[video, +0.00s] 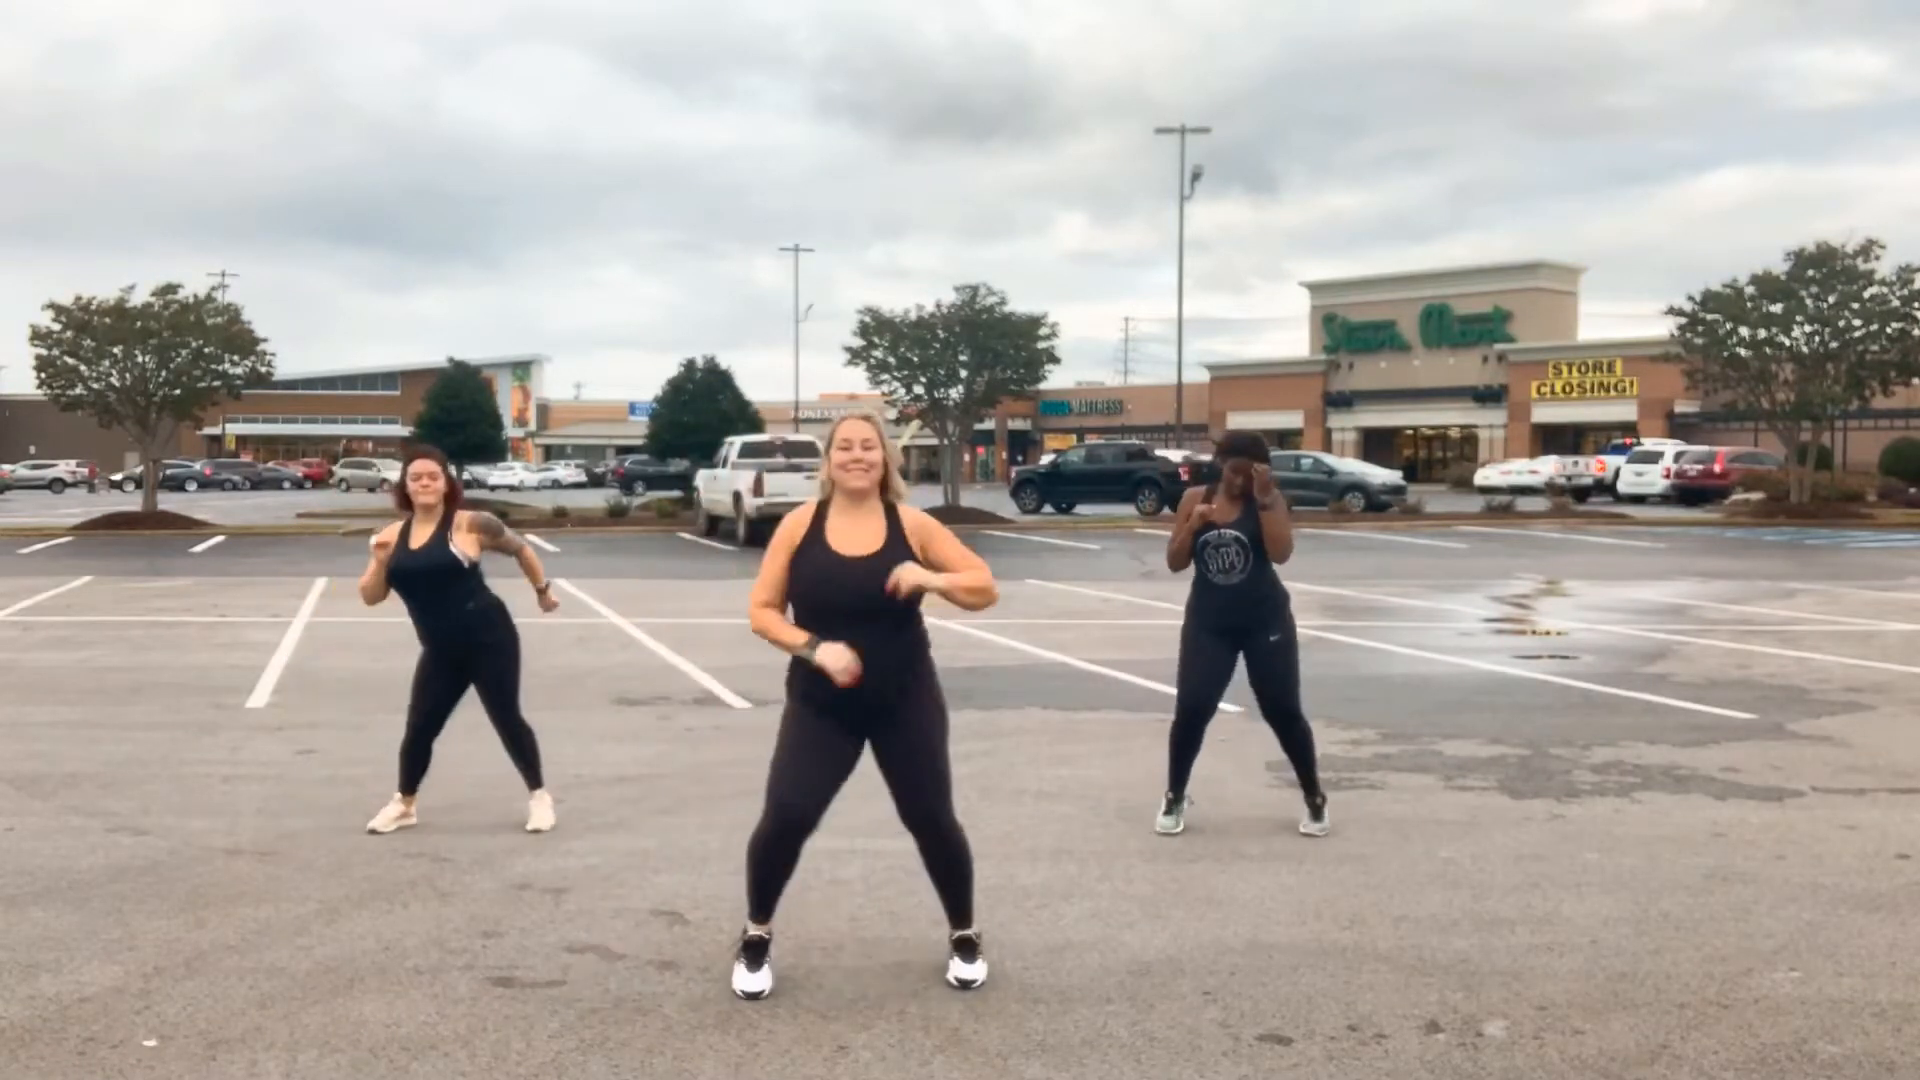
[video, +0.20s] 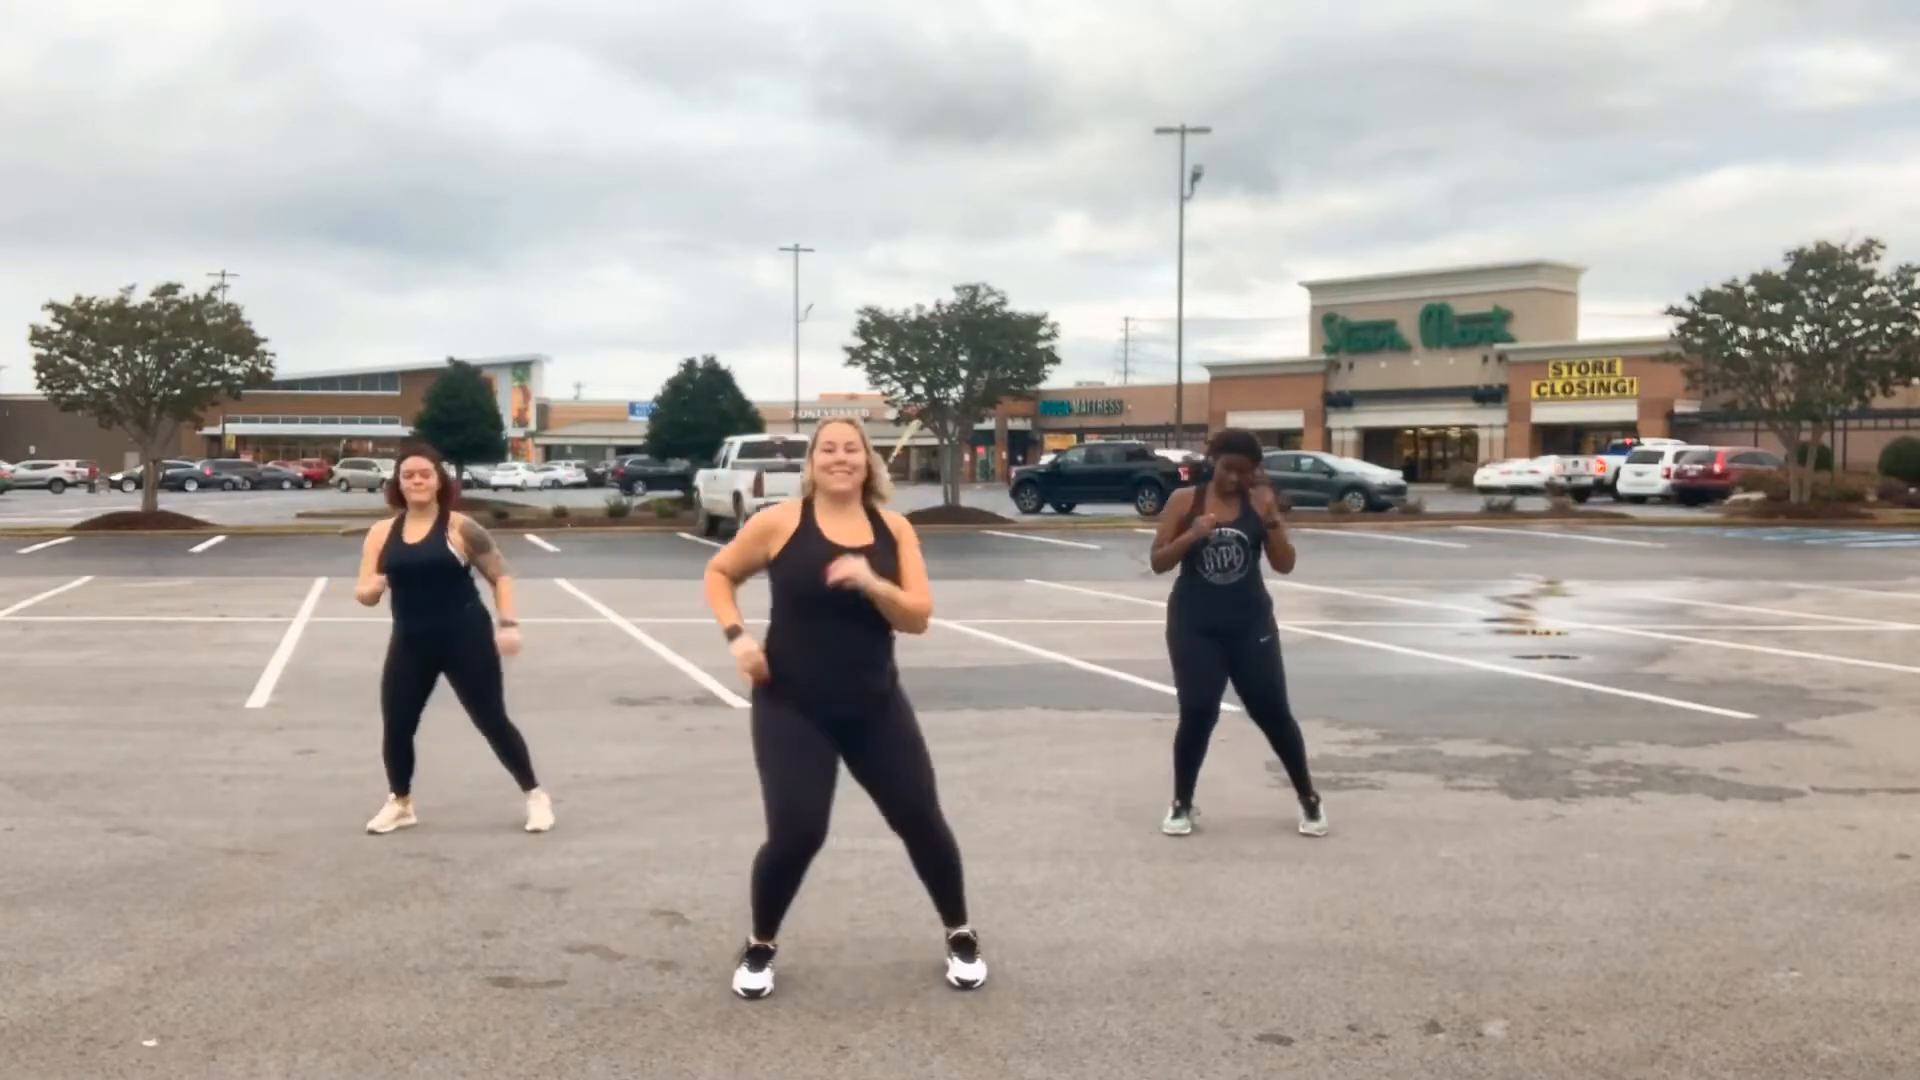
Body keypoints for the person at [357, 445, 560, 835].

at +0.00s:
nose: (424, 484)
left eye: (432, 477)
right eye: (416, 478)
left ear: (446, 485)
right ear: (405, 488)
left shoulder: (472, 524)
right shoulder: (392, 536)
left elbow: (520, 549)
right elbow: (371, 596)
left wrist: (543, 590)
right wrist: (380, 562)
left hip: (489, 639)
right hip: (441, 649)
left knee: (506, 718)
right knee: (419, 728)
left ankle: (539, 795)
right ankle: (404, 803)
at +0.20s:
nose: (416, 481)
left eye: (425, 474)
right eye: (408, 475)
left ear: (439, 481)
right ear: (398, 484)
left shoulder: (461, 527)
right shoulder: (382, 532)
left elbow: (500, 576)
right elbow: (364, 594)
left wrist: (506, 623)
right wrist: (375, 586)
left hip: (465, 640)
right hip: (411, 644)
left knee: (491, 721)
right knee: (396, 727)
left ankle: (534, 794)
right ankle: (400, 803)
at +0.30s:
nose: (410, 477)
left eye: (418, 470)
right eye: (402, 471)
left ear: (434, 477)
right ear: (393, 480)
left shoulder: (455, 526)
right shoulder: (372, 529)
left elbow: (488, 573)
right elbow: (345, 578)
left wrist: (469, 583)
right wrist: (359, 590)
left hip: (453, 640)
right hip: (397, 642)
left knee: (478, 718)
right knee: (394, 728)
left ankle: (519, 792)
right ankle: (399, 801)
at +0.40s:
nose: (397, 468)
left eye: (406, 462)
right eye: (391, 464)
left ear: (426, 469)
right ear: (385, 474)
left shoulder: (451, 517)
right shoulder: (368, 521)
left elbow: (488, 559)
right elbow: (334, 564)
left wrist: (453, 541)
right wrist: (348, 587)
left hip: (447, 632)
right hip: (392, 634)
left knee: (455, 713)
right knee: (396, 722)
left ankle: (472, 788)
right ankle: (400, 800)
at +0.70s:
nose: (377, 477)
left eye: (385, 470)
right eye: (376, 470)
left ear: (412, 476)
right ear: (382, 478)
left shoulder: (445, 521)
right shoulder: (367, 531)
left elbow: (463, 565)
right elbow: (353, 585)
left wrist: (418, 563)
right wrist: (350, 621)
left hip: (432, 642)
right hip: (378, 642)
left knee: (423, 725)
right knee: (374, 726)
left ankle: (432, 800)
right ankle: (395, 798)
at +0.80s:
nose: (376, 478)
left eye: (385, 471)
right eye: (375, 471)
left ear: (410, 477)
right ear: (376, 479)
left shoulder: (441, 526)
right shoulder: (363, 530)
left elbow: (454, 581)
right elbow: (345, 586)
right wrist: (355, 603)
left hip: (430, 640)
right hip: (381, 639)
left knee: (423, 726)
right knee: (347, 715)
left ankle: (431, 799)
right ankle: (373, 788)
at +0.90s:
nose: (374, 476)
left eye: (384, 470)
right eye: (371, 470)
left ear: (407, 477)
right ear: (367, 480)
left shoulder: (434, 525)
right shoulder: (353, 527)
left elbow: (466, 579)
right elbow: (321, 580)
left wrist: (490, 625)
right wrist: (346, 569)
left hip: (428, 641)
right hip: (375, 640)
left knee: (420, 723)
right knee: (329, 710)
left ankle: (431, 799)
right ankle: (335, 789)